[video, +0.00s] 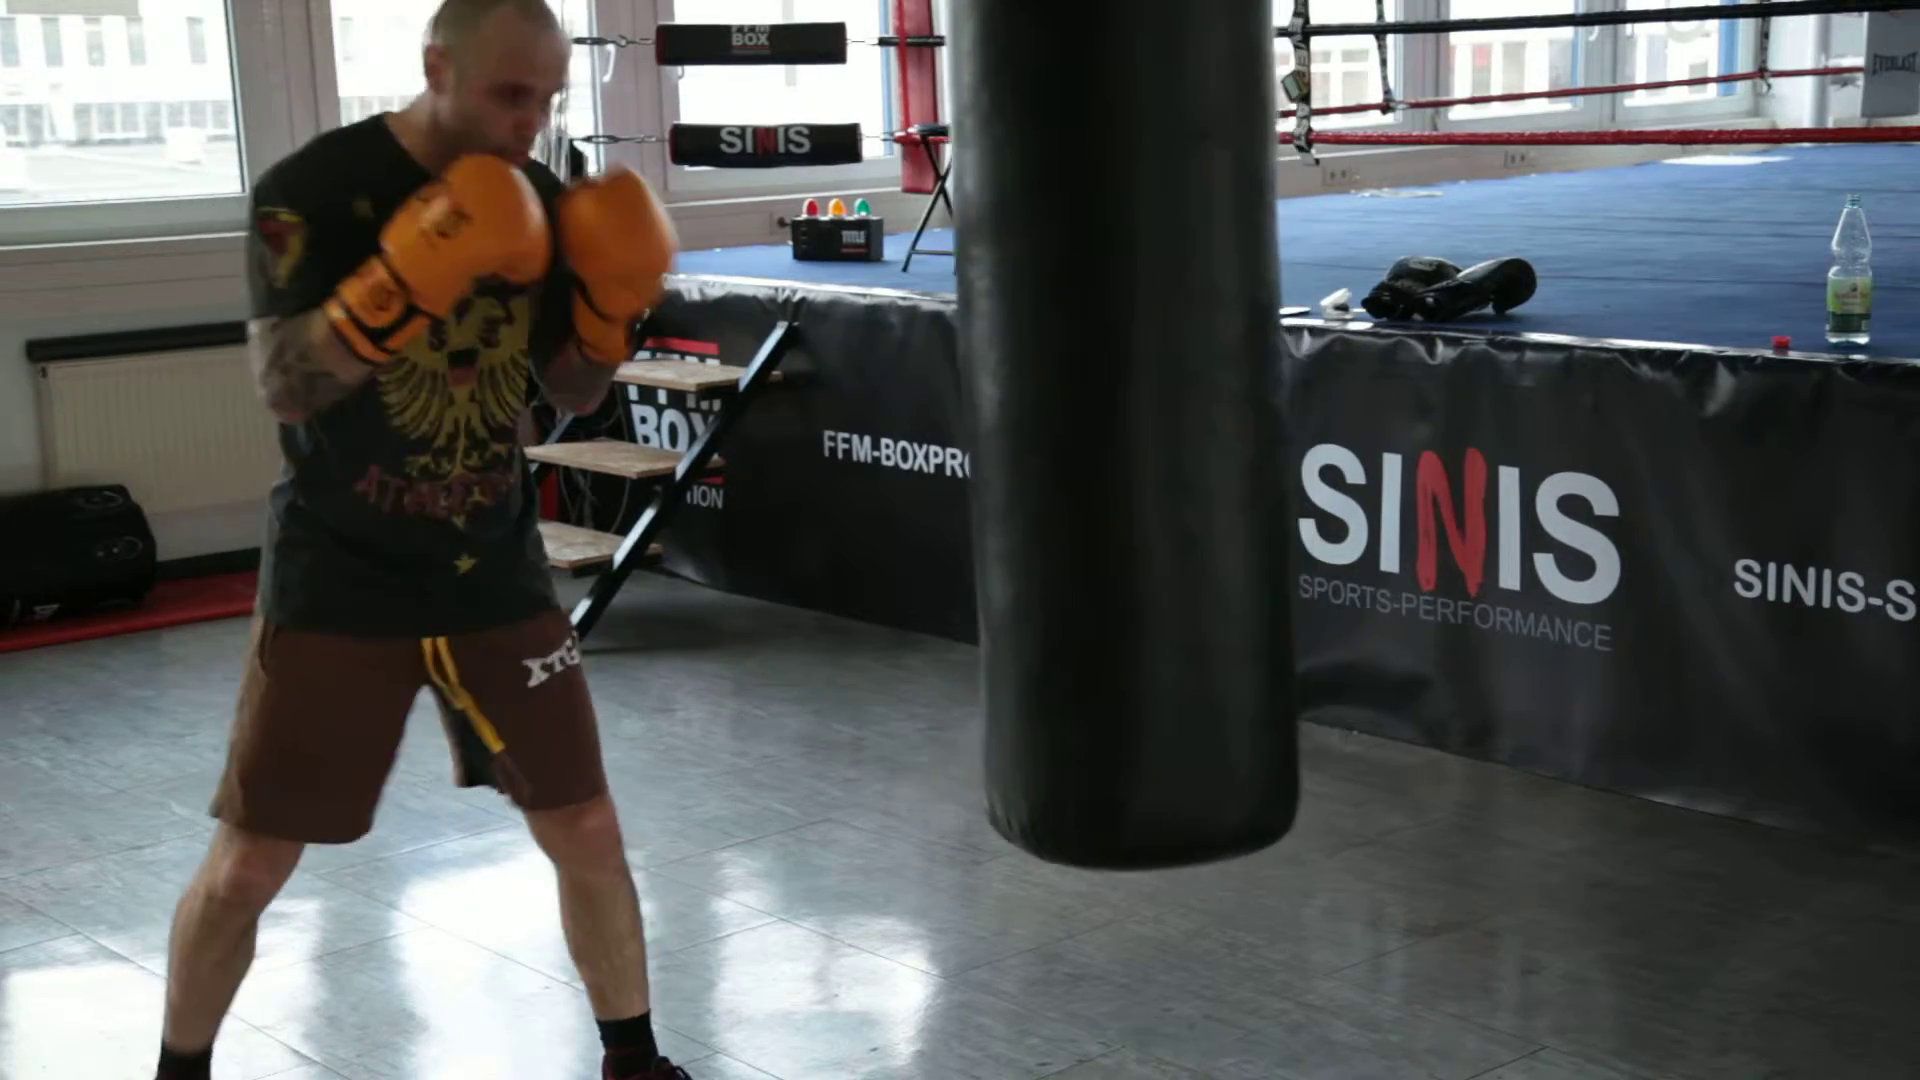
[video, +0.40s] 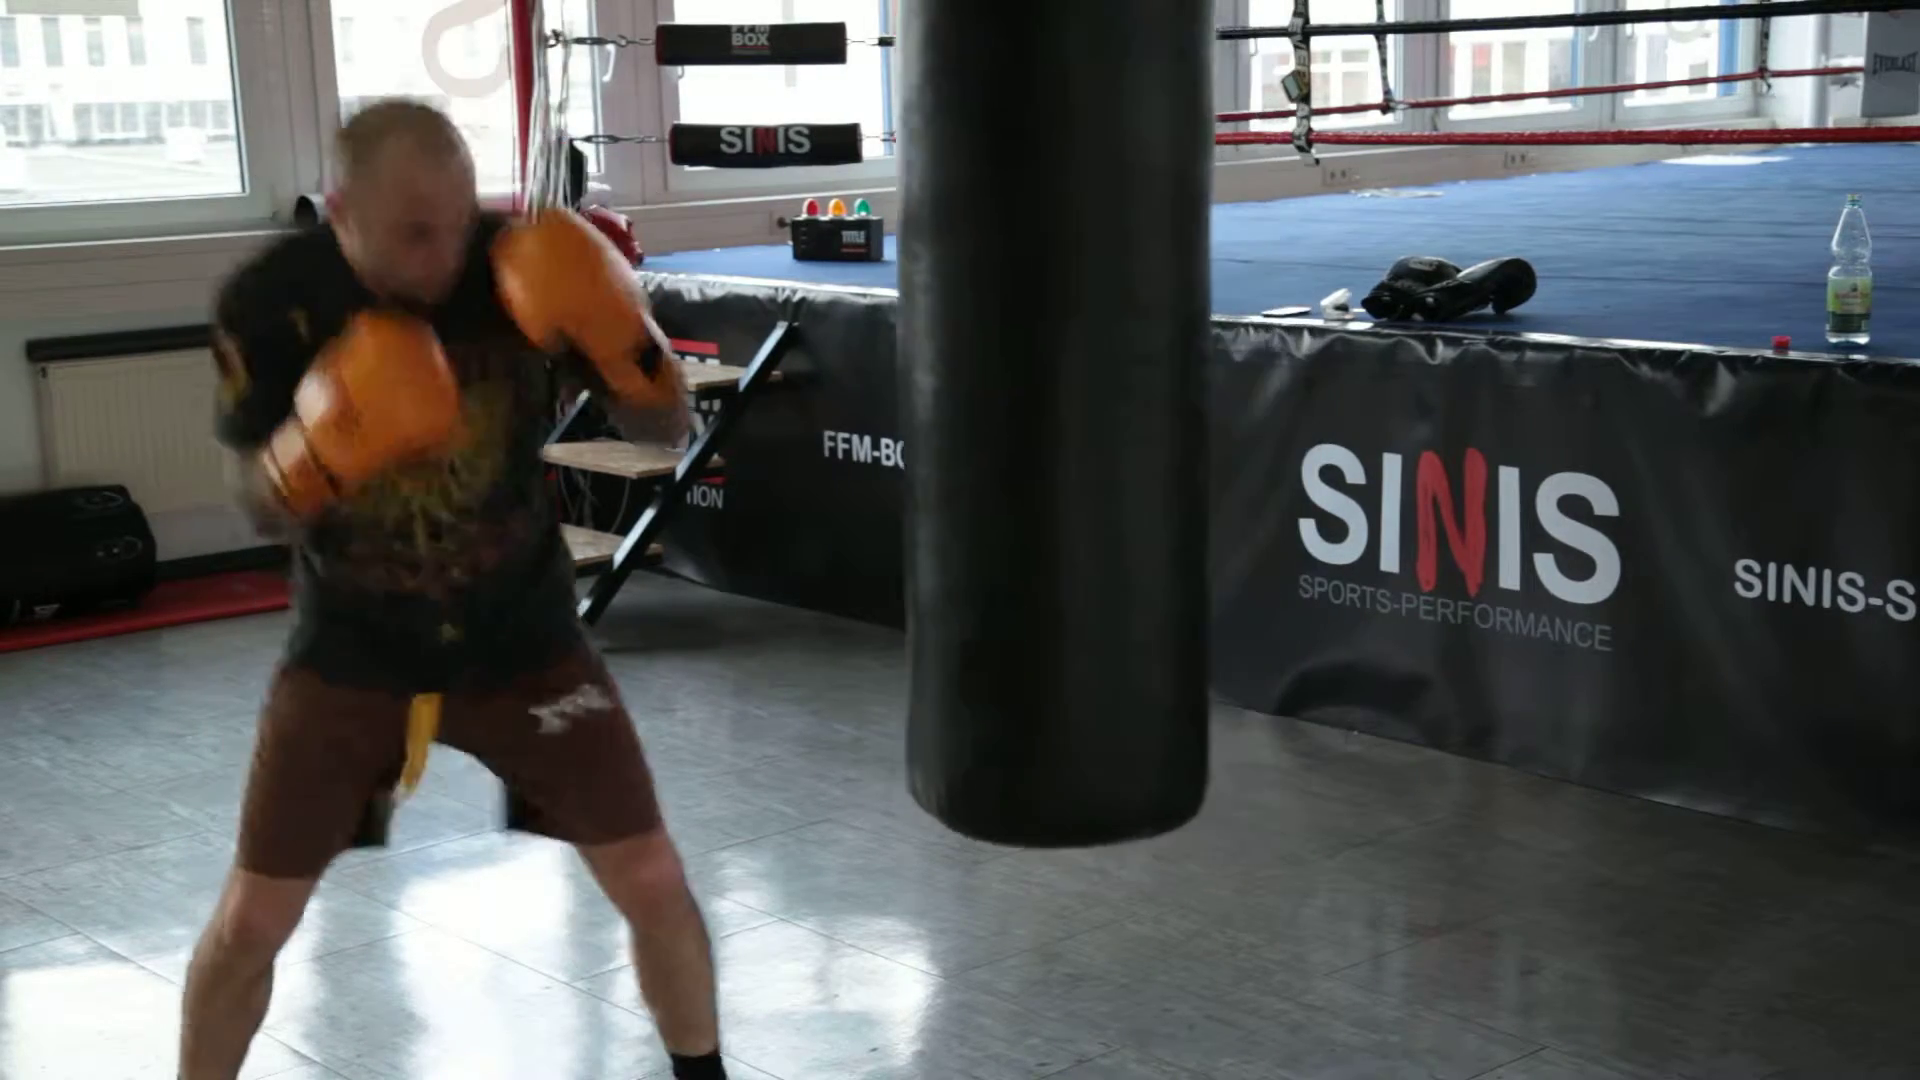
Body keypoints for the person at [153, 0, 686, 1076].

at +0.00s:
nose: (530, 122)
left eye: (547, 98)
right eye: (509, 95)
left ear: (557, 85)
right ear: (434, 71)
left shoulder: (545, 202)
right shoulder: (312, 191)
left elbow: (559, 402)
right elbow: (284, 388)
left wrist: (611, 313)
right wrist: (403, 280)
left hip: (496, 560)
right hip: (341, 565)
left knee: (588, 834)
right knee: (248, 867)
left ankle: (636, 1063)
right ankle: (179, 1075)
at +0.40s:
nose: (444, 256)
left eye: (460, 227)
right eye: (416, 234)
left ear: (479, 201)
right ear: (342, 213)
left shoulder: (523, 261)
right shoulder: (273, 301)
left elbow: (661, 428)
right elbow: (261, 498)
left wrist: (616, 328)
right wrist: (332, 437)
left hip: (525, 637)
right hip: (353, 646)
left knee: (654, 883)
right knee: (254, 921)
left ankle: (703, 1073)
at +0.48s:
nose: (495, 275)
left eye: (508, 247)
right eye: (468, 255)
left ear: (522, 221)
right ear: (390, 232)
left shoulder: (565, 298)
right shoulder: (313, 319)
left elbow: (670, 474)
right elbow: (286, 510)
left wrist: (659, 401)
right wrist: (335, 497)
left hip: (557, 658)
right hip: (381, 673)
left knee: (689, 886)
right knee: (272, 934)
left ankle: (711, 1073)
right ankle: (205, 1078)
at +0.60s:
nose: (630, 226)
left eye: (640, 198)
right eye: (607, 200)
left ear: (649, 178)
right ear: (534, 171)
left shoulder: (634, 272)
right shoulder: (414, 264)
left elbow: (681, 431)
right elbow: (329, 454)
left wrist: (704, 368)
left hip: (575, 607)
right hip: (424, 620)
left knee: (685, 848)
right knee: (324, 915)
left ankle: (711, 1074)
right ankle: (208, 1077)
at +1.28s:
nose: (593, 160)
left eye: (604, 133)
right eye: (569, 133)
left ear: (611, 122)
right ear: (483, 111)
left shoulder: (595, 235)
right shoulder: (370, 235)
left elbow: (667, 419)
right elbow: (388, 438)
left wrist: (716, 376)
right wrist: (530, 319)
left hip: (596, 628)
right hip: (432, 650)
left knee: (748, 878)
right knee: (360, 964)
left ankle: (724, 1068)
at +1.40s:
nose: (629, 152)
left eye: (643, 122)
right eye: (606, 123)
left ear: (653, 102)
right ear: (518, 93)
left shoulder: (615, 218)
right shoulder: (387, 220)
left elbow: (701, 403)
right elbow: (396, 427)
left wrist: (728, 334)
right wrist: (540, 315)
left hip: (622, 611)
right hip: (456, 633)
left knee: (761, 885)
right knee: (371, 952)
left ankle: (825, 1075)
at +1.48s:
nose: (661, 159)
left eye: (673, 132)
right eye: (638, 132)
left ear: (681, 119)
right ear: (551, 101)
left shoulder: (653, 225)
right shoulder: (423, 225)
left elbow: (756, 412)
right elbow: (436, 419)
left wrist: (791, 320)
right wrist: (583, 319)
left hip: (649, 632)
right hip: (479, 647)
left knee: (798, 905)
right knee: (384, 956)